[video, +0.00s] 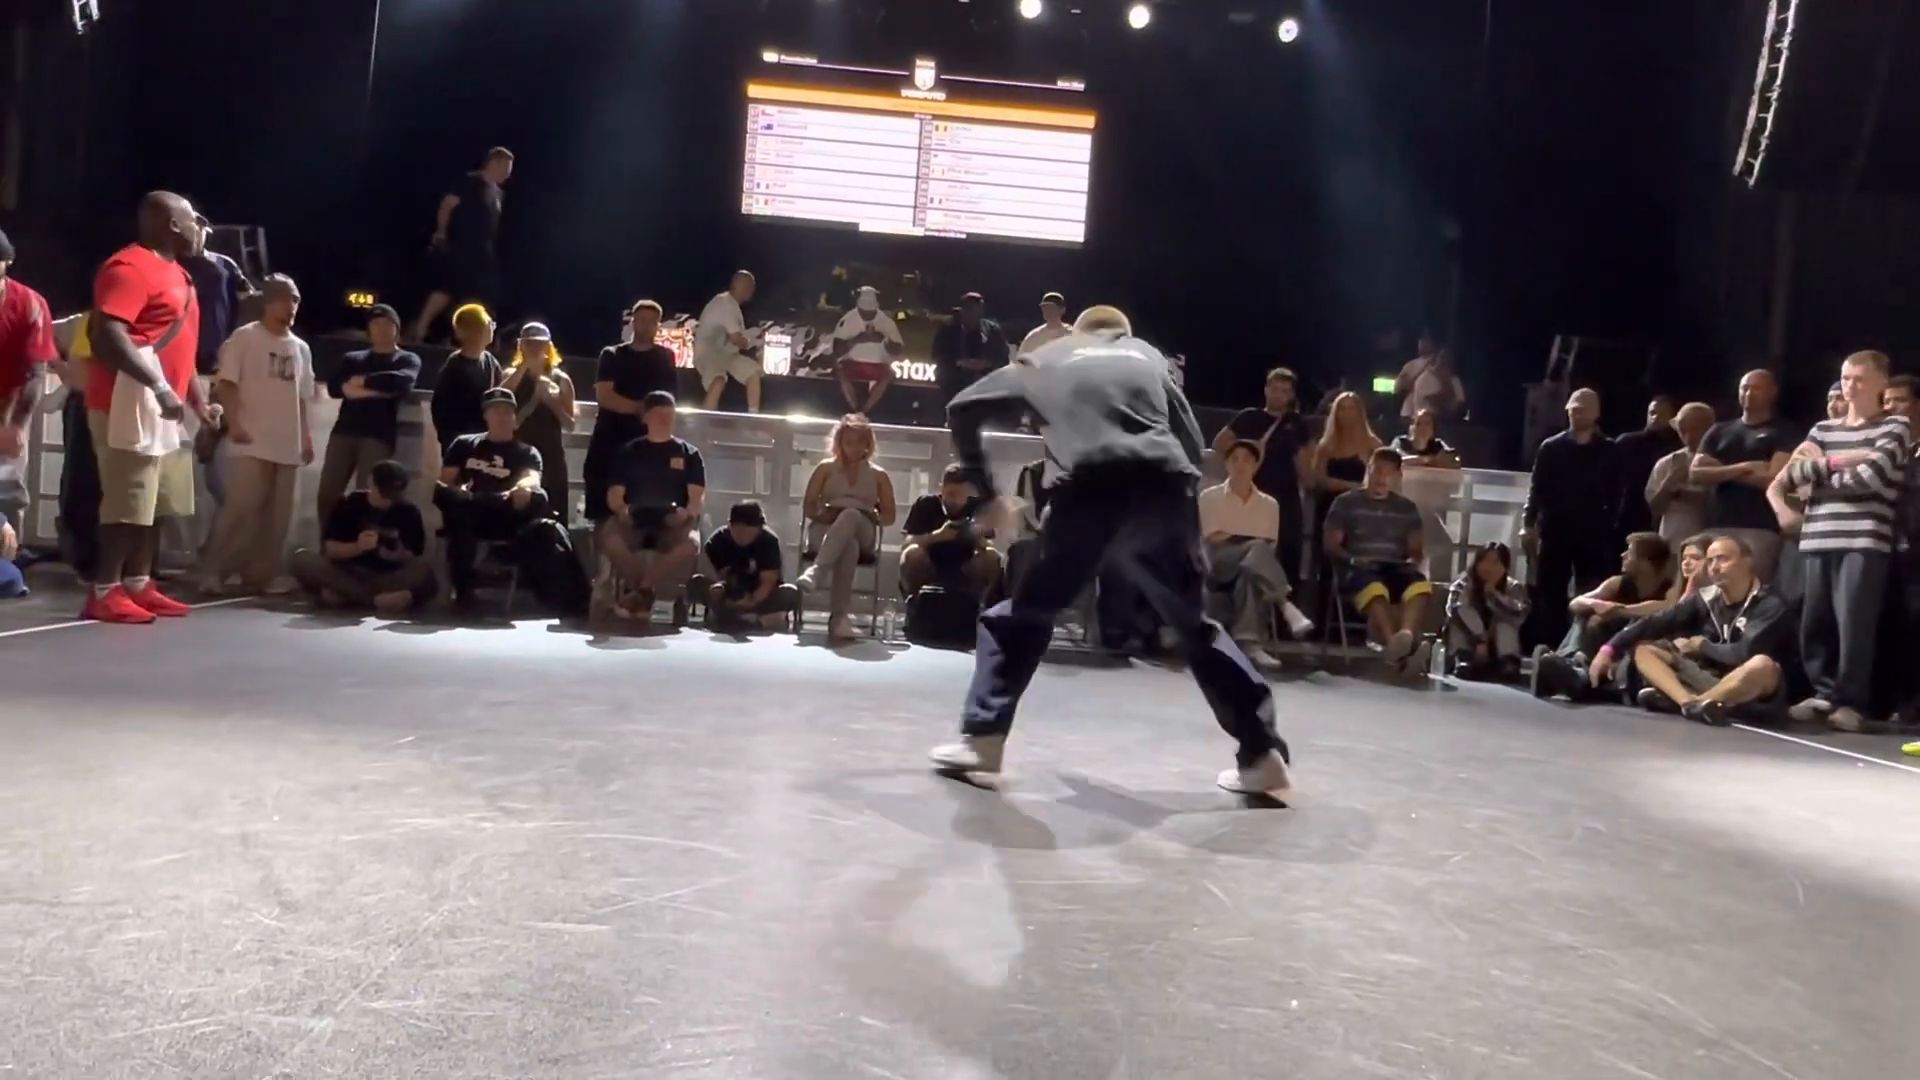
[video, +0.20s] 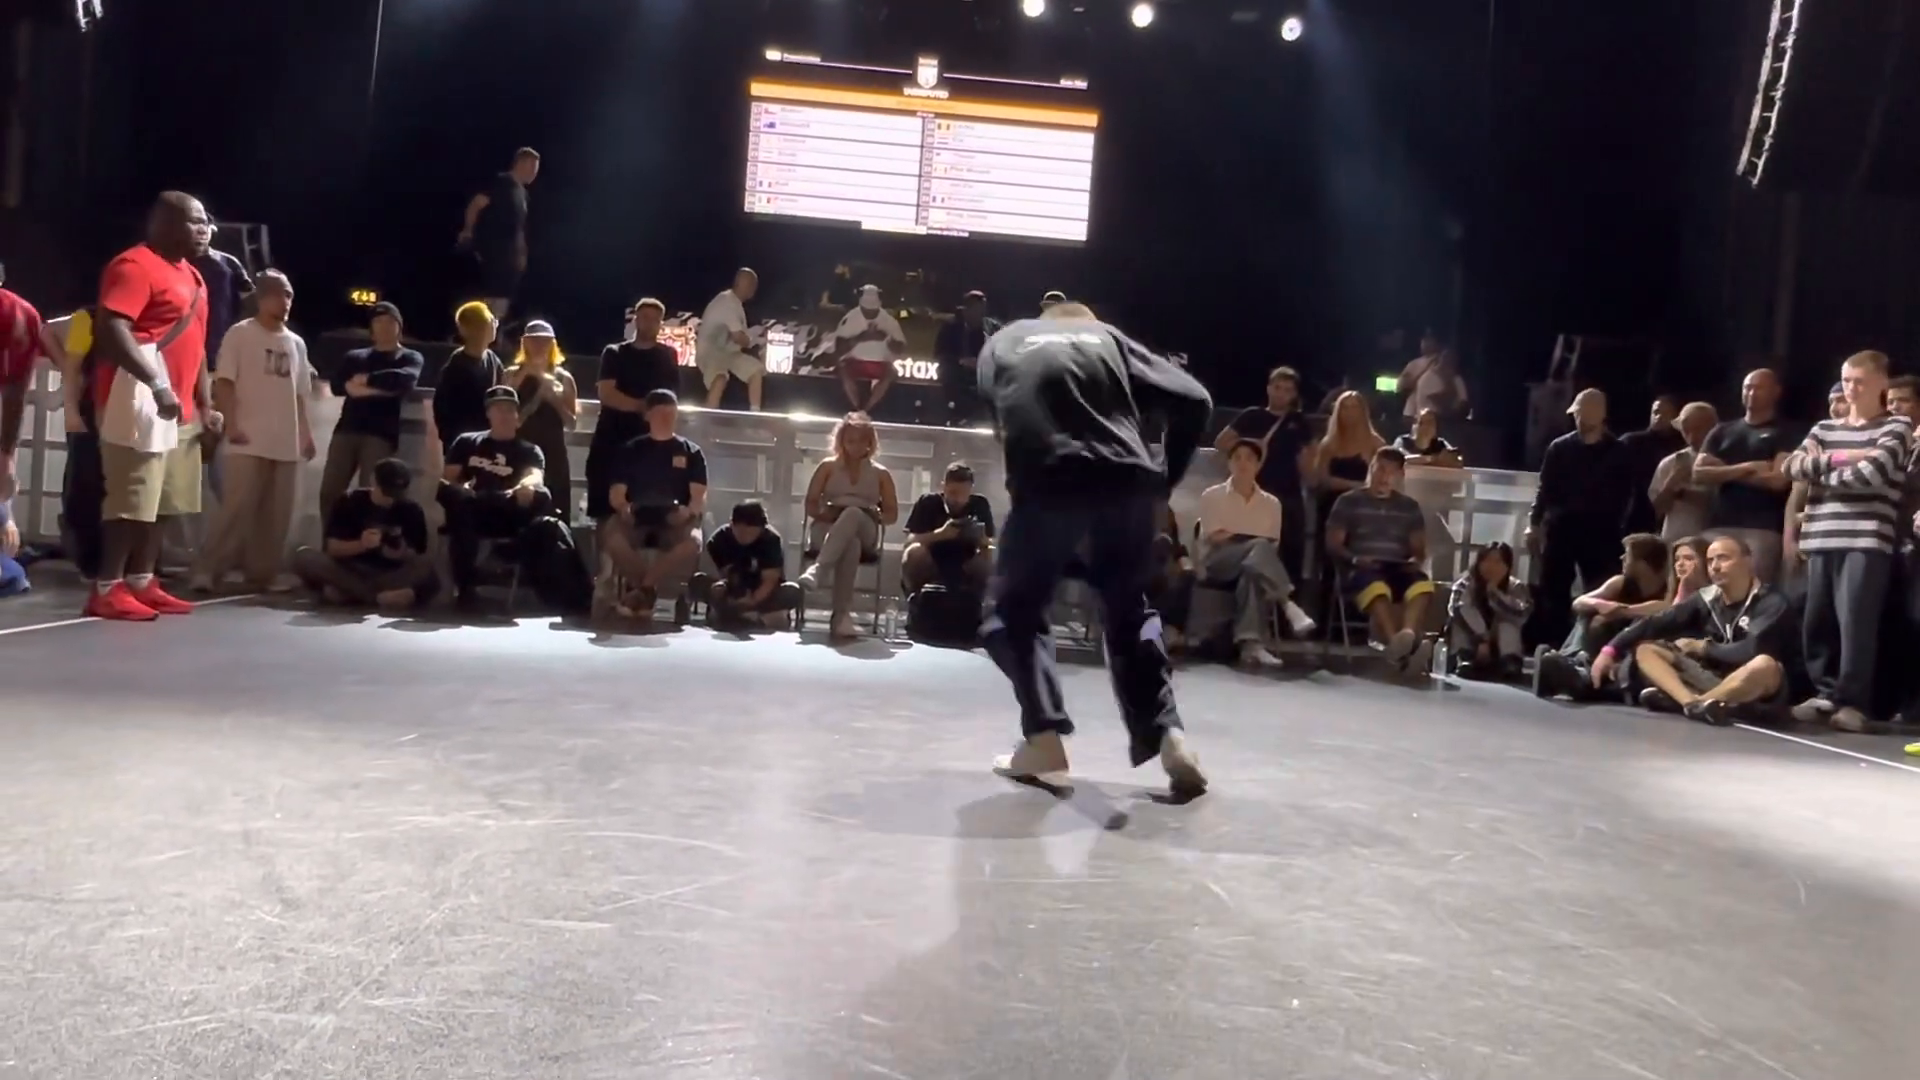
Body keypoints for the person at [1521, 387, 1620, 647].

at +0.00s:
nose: (1575, 414)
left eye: (1582, 410)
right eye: (1572, 409)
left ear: (1595, 414)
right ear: (1566, 411)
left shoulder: (1610, 451)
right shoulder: (1550, 448)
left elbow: (1617, 494)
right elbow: (1536, 489)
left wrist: (1611, 526)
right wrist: (1529, 525)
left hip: (1594, 533)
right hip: (1556, 532)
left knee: (1593, 599)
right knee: (1550, 597)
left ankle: (1590, 656)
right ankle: (1548, 652)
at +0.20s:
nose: (1581, 420)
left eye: (1587, 415)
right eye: (1578, 414)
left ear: (1601, 416)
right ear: (1574, 413)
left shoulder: (1619, 452)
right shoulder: (1559, 448)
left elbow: (1626, 495)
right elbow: (1545, 490)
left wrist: (1619, 529)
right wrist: (1534, 524)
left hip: (1601, 532)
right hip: (1562, 531)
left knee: (1603, 594)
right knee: (1554, 593)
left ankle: (1601, 652)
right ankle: (1552, 649)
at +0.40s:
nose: (1590, 418)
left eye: (1596, 414)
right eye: (1589, 413)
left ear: (1613, 415)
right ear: (1586, 412)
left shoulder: (1630, 452)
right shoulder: (1572, 447)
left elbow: (1635, 496)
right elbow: (1557, 488)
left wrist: (1629, 530)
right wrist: (1544, 523)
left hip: (1610, 530)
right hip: (1572, 529)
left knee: (1609, 592)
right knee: (1561, 589)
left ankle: (1606, 652)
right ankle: (1553, 646)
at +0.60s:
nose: (1605, 412)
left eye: (1612, 408)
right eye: (1603, 407)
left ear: (1629, 412)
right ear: (1599, 409)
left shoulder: (1642, 449)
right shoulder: (1583, 443)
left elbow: (1646, 494)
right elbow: (1567, 484)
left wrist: (1638, 529)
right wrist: (1552, 519)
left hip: (1620, 532)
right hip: (1581, 529)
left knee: (1617, 595)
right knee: (1558, 587)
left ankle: (1614, 652)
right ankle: (1554, 644)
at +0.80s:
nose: (1622, 407)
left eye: (1628, 403)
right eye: (1618, 402)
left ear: (1637, 411)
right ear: (1607, 406)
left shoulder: (1644, 448)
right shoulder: (1585, 441)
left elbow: (1652, 493)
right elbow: (1565, 481)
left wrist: (1654, 533)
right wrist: (1551, 517)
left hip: (1624, 534)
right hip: (1583, 531)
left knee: (1625, 599)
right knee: (1558, 590)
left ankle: (1620, 656)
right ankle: (1555, 646)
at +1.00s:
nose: (1633, 407)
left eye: (1635, 402)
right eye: (1627, 400)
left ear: (1636, 408)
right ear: (1609, 404)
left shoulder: (1637, 447)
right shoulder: (1578, 438)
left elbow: (1645, 492)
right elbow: (1556, 478)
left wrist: (1645, 530)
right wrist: (1544, 513)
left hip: (1619, 528)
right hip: (1579, 525)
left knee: (1621, 591)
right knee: (1554, 581)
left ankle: (1617, 650)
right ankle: (1559, 640)